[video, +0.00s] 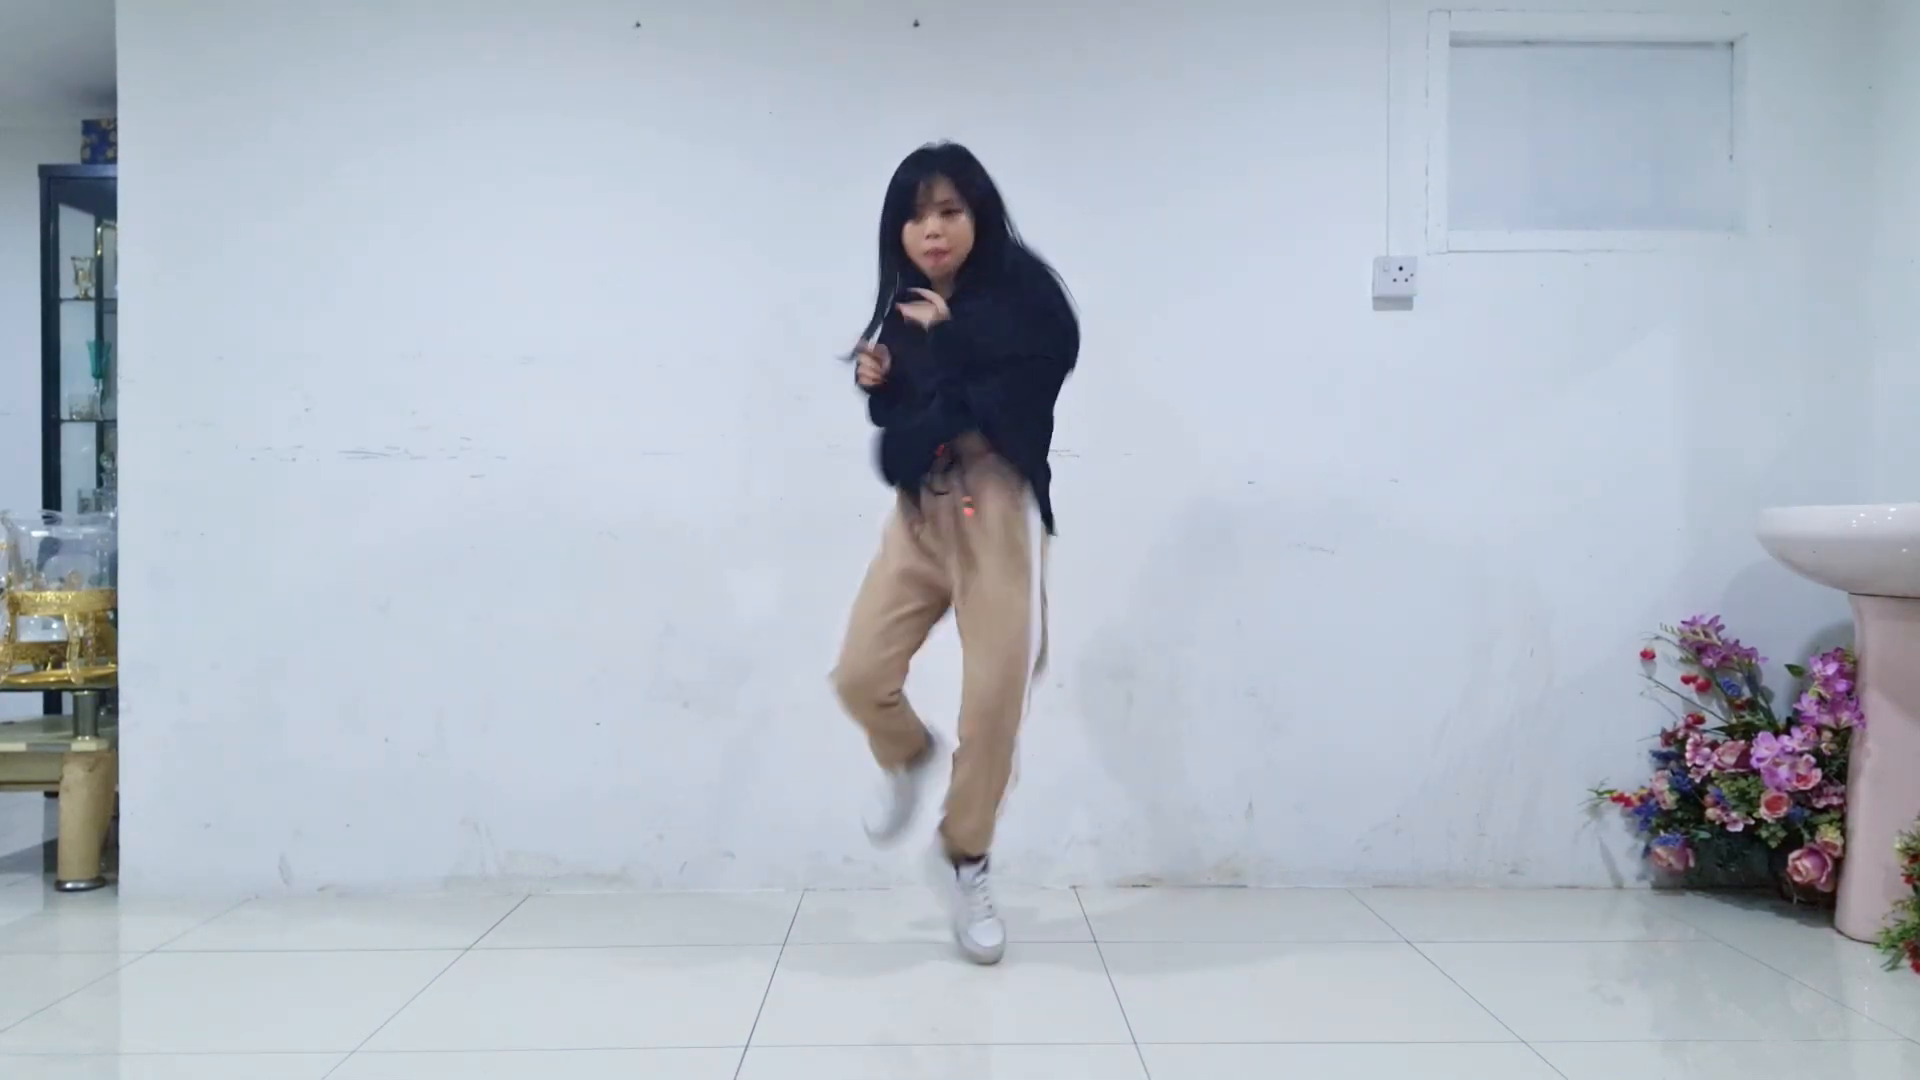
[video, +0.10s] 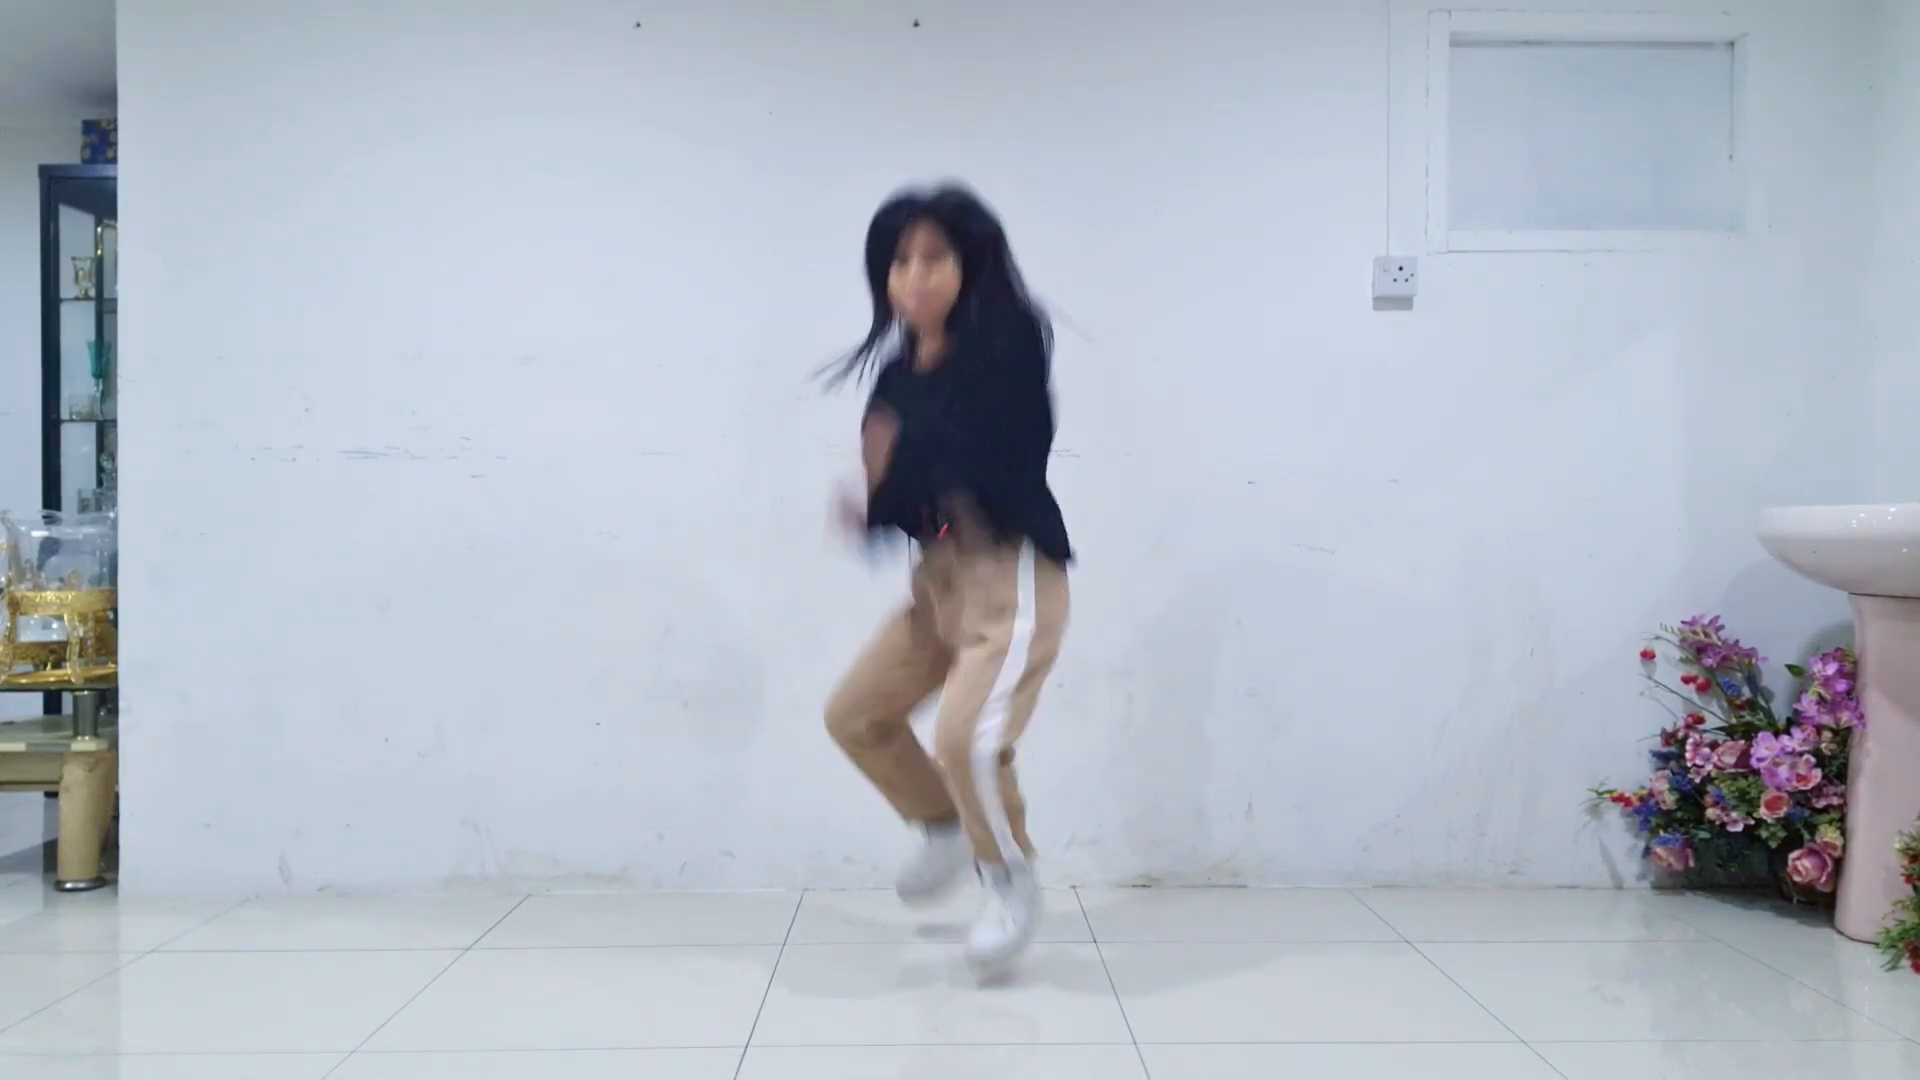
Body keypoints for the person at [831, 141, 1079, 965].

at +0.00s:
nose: (934, 229)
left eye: (951, 212)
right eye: (917, 215)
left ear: (981, 220)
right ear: (897, 228)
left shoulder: (1023, 291)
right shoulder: (902, 305)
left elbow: (1027, 382)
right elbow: (891, 415)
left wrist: (946, 333)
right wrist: (879, 381)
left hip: (997, 506)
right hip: (917, 505)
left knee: (992, 694)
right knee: (860, 677)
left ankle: (968, 860)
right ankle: (916, 758)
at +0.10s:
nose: (917, 281)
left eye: (936, 262)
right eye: (903, 263)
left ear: (971, 271)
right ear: (883, 277)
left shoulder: (1006, 346)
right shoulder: (898, 373)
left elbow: (1009, 475)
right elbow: (907, 506)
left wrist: (908, 436)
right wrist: (874, 499)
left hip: (1016, 583)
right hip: (941, 583)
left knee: (966, 741)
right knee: (856, 717)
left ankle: (1013, 884)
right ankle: (948, 830)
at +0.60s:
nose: (866, 487)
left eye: (872, 461)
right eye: (849, 480)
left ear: (910, 439)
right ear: (840, 489)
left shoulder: (968, 500)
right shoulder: (931, 510)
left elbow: (1036, 586)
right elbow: (948, 619)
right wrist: (923, 709)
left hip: (997, 728)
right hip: (960, 712)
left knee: (848, 818)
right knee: (851, 764)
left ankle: (1007, 889)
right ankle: (977, 887)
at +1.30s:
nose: (862, 291)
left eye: (884, 283)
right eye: (861, 275)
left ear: (916, 302)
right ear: (848, 281)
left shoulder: (894, 367)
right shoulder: (866, 363)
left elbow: (783, 314)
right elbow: (782, 310)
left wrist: (707, 234)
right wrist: (711, 232)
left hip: (1012, 582)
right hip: (975, 586)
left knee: (954, 739)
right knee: (938, 734)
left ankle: (1014, 921)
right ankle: (989, 901)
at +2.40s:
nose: (888, 289)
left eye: (890, 271)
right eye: (871, 295)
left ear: (924, 273)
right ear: (876, 327)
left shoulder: (1006, 343)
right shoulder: (895, 396)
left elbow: (1064, 411)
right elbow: (874, 498)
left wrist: (991, 398)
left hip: (978, 597)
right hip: (888, 601)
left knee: (973, 732)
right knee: (902, 748)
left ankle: (969, 901)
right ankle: (938, 873)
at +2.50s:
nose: (895, 286)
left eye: (897, 268)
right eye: (876, 291)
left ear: (924, 269)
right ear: (871, 321)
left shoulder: (1002, 347)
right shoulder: (880, 385)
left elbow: (1027, 455)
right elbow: (863, 484)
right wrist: (858, 569)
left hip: (983, 571)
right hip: (899, 579)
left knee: (977, 689)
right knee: (908, 728)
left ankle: (983, 858)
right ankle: (935, 868)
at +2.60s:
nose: (894, 262)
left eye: (897, 244)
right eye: (876, 264)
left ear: (926, 243)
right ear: (869, 290)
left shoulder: (999, 324)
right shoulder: (874, 360)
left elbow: (1047, 420)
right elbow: (867, 467)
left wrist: (1042, 505)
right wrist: (863, 463)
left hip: (996, 541)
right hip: (913, 548)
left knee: (965, 687)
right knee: (908, 711)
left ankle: (997, 825)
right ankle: (939, 864)